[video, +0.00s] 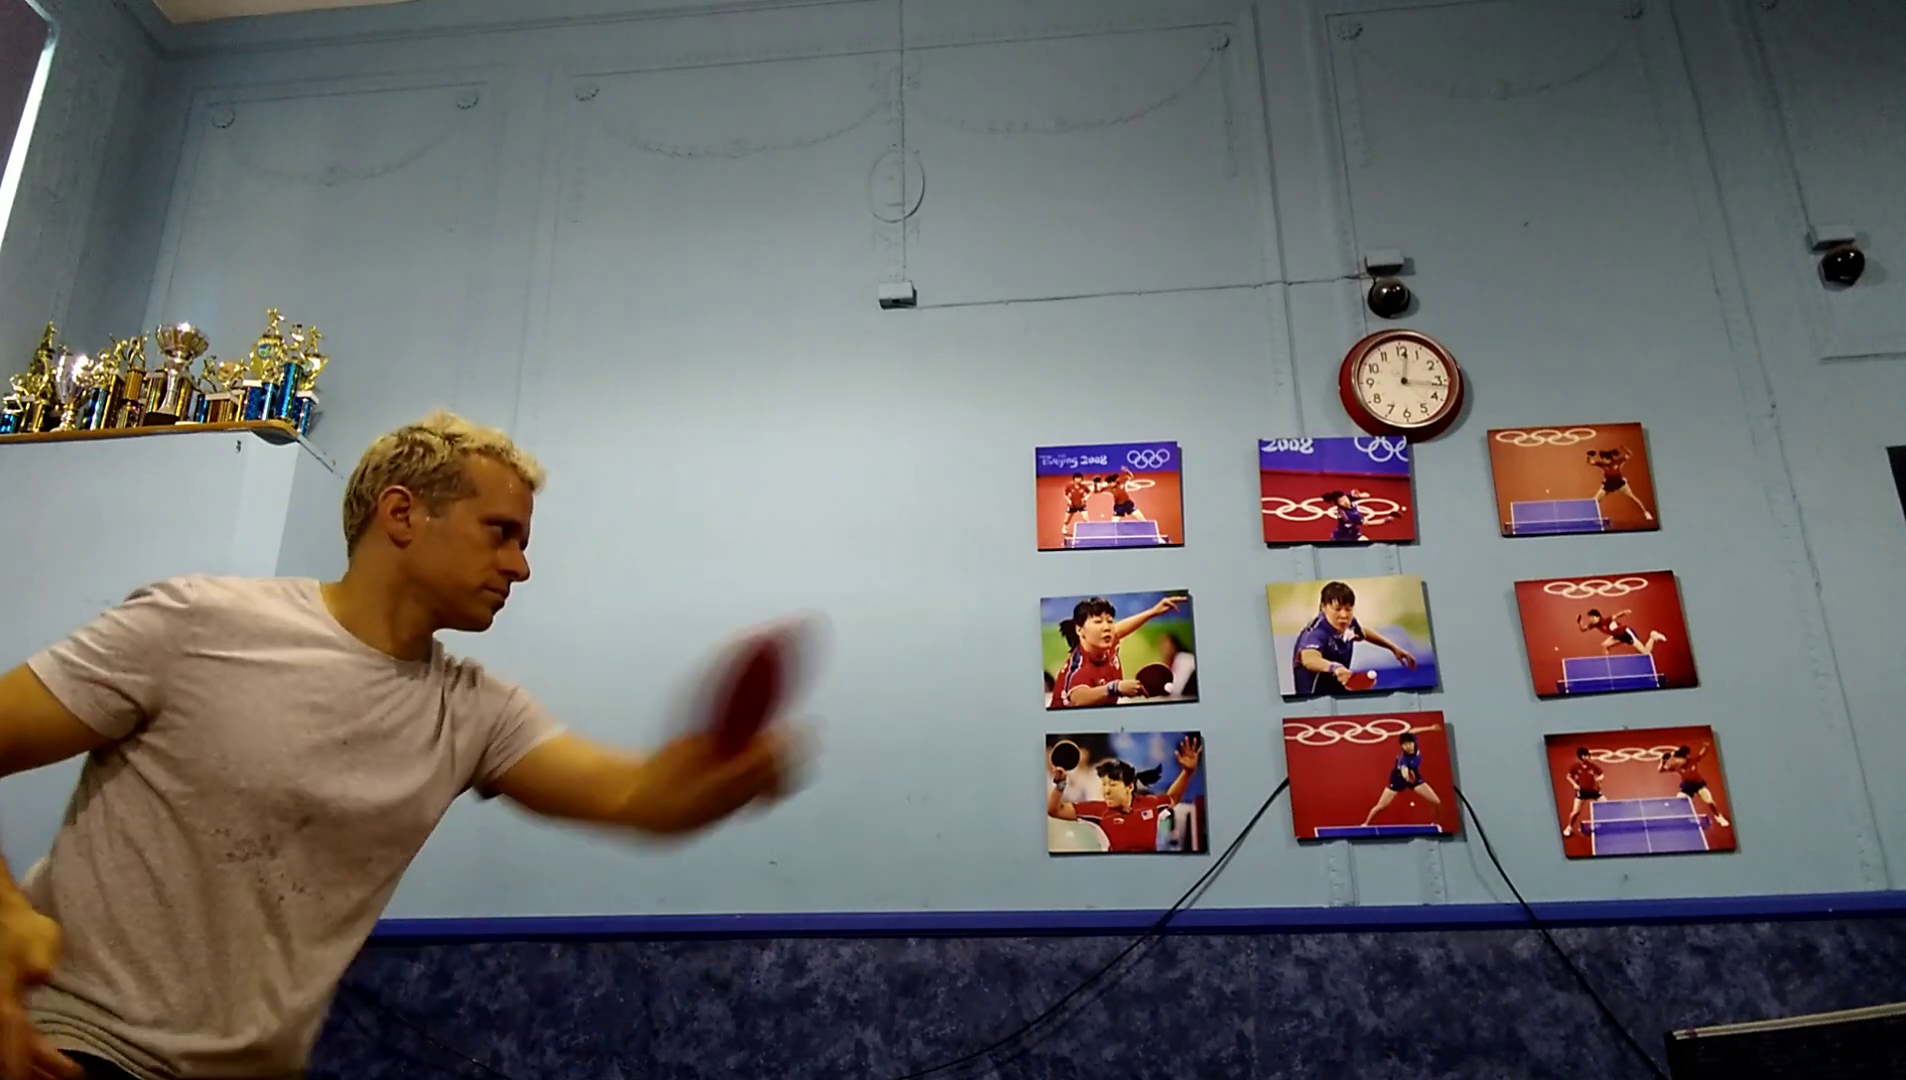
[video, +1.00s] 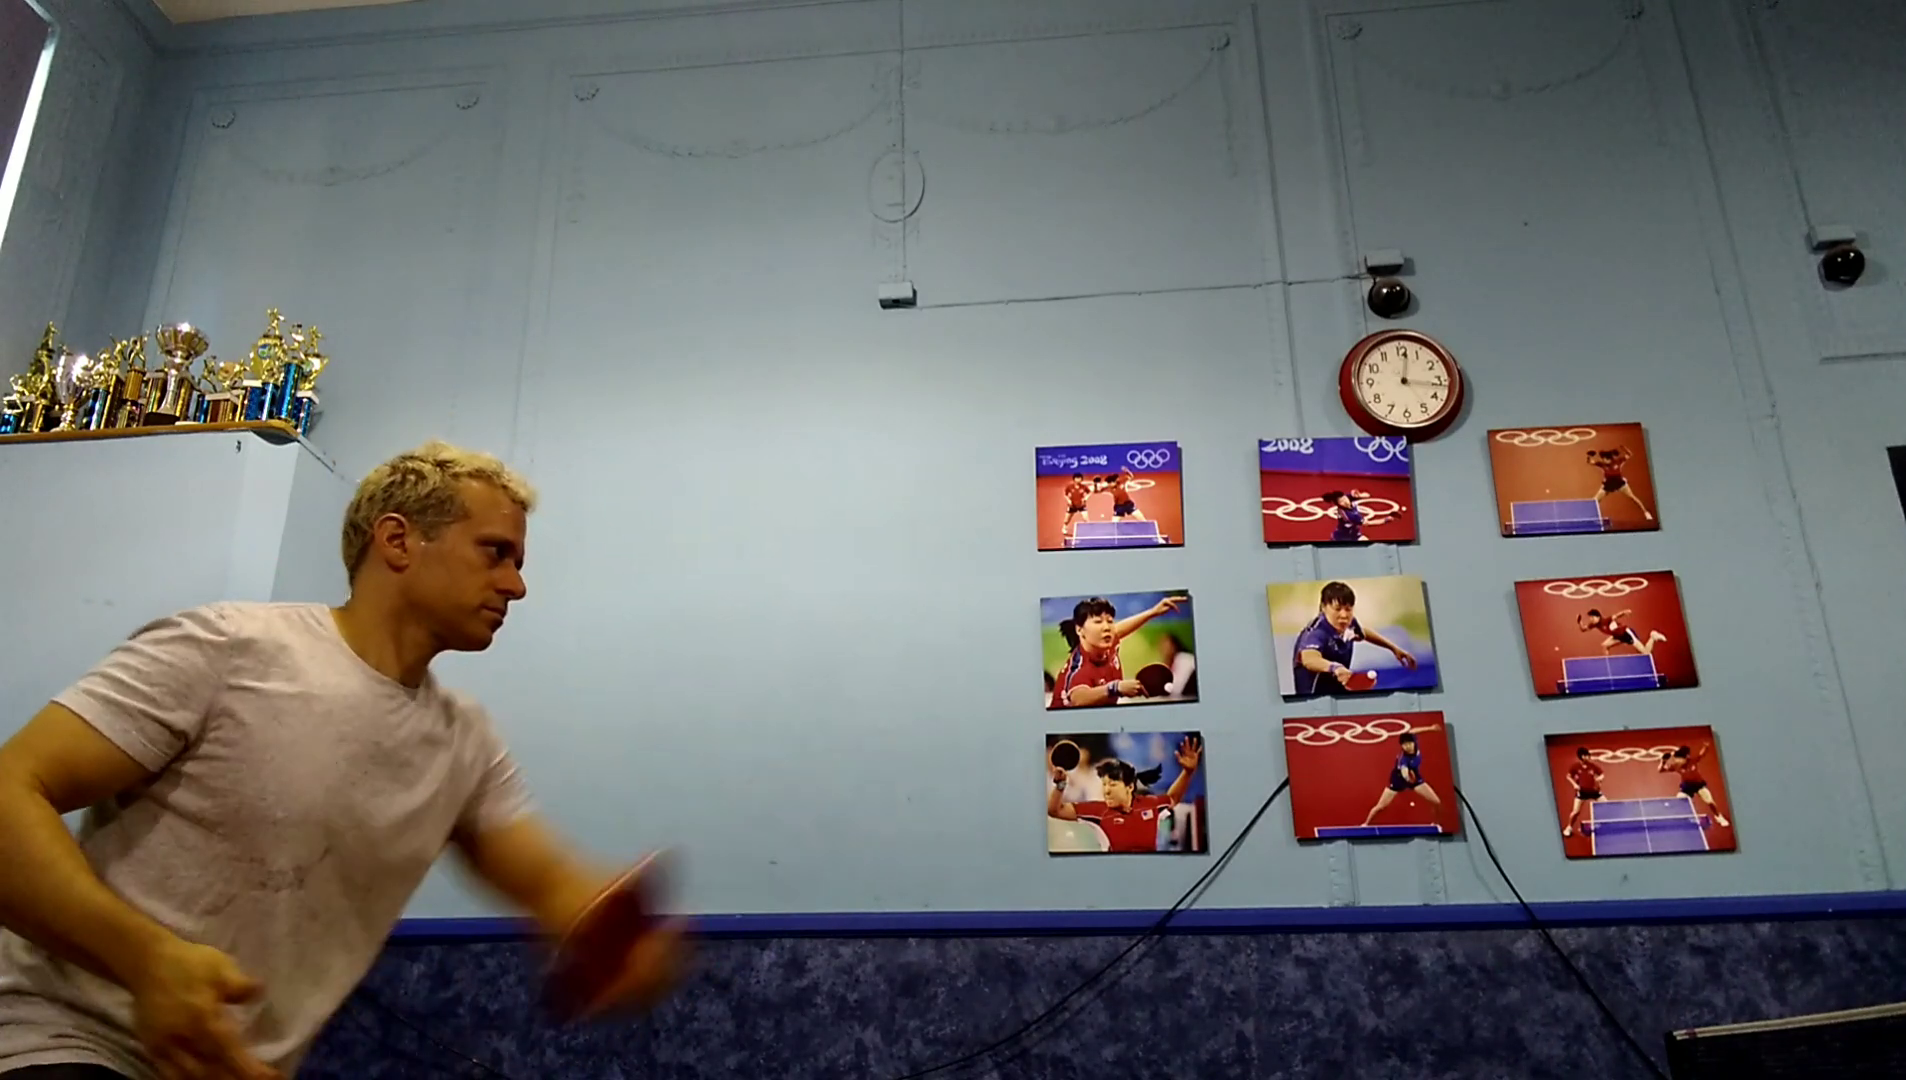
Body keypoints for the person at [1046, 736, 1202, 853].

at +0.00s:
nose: (1107, 790)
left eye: (1113, 785)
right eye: (1104, 785)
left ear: (1130, 787)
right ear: (1101, 787)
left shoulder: (1151, 804)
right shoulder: (1100, 811)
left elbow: (1172, 798)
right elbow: (1055, 811)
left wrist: (1188, 772)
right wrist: (1060, 785)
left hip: (1151, 872)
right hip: (1116, 874)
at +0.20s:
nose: (1107, 790)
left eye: (1113, 785)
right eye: (1104, 785)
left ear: (1130, 787)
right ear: (1101, 786)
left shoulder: (1151, 804)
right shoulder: (1100, 810)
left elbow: (1173, 798)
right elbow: (1055, 811)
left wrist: (1188, 772)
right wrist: (1059, 785)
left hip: (1151, 872)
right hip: (1116, 874)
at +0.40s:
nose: (1107, 790)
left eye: (1113, 785)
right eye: (1104, 785)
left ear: (1130, 787)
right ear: (1101, 786)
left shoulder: (1151, 804)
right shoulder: (1100, 810)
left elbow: (1173, 798)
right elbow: (1055, 811)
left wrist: (1188, 771)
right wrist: (1059, 785)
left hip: (1151, 872)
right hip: (1116, 874)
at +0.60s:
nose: (1107, 790)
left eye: (1113, 785)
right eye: (1104, 785)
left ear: (1130, 787)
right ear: (1101, 787)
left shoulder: (1151, 804)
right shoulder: (1100, 811)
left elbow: (1172, 798)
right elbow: (1055, 811)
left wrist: (1188, 771)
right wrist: (1060, 785)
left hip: (1151, 872)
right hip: (1116, 874)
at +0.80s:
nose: (1107, 790)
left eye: (1113, 785)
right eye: (1104, 785)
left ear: (1130, 787)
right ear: (1101, 787)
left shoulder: (1151, 804)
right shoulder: (1100, 811)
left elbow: (1172, 798)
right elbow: (1055, 811)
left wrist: (1188, 771)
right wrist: (1059, 785)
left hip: (1152, 872)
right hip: (1117, 874)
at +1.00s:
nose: (1107, 790)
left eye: (1113, 785)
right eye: (1104, 785)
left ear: (1130, 787)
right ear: (1101, 787)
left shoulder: (1151, 804)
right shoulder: (1100, 811)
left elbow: (1172, 798)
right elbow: (1055, 811)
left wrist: (1188, 771)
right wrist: (1059, 785)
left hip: (1151, 872)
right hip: (1116, 874)